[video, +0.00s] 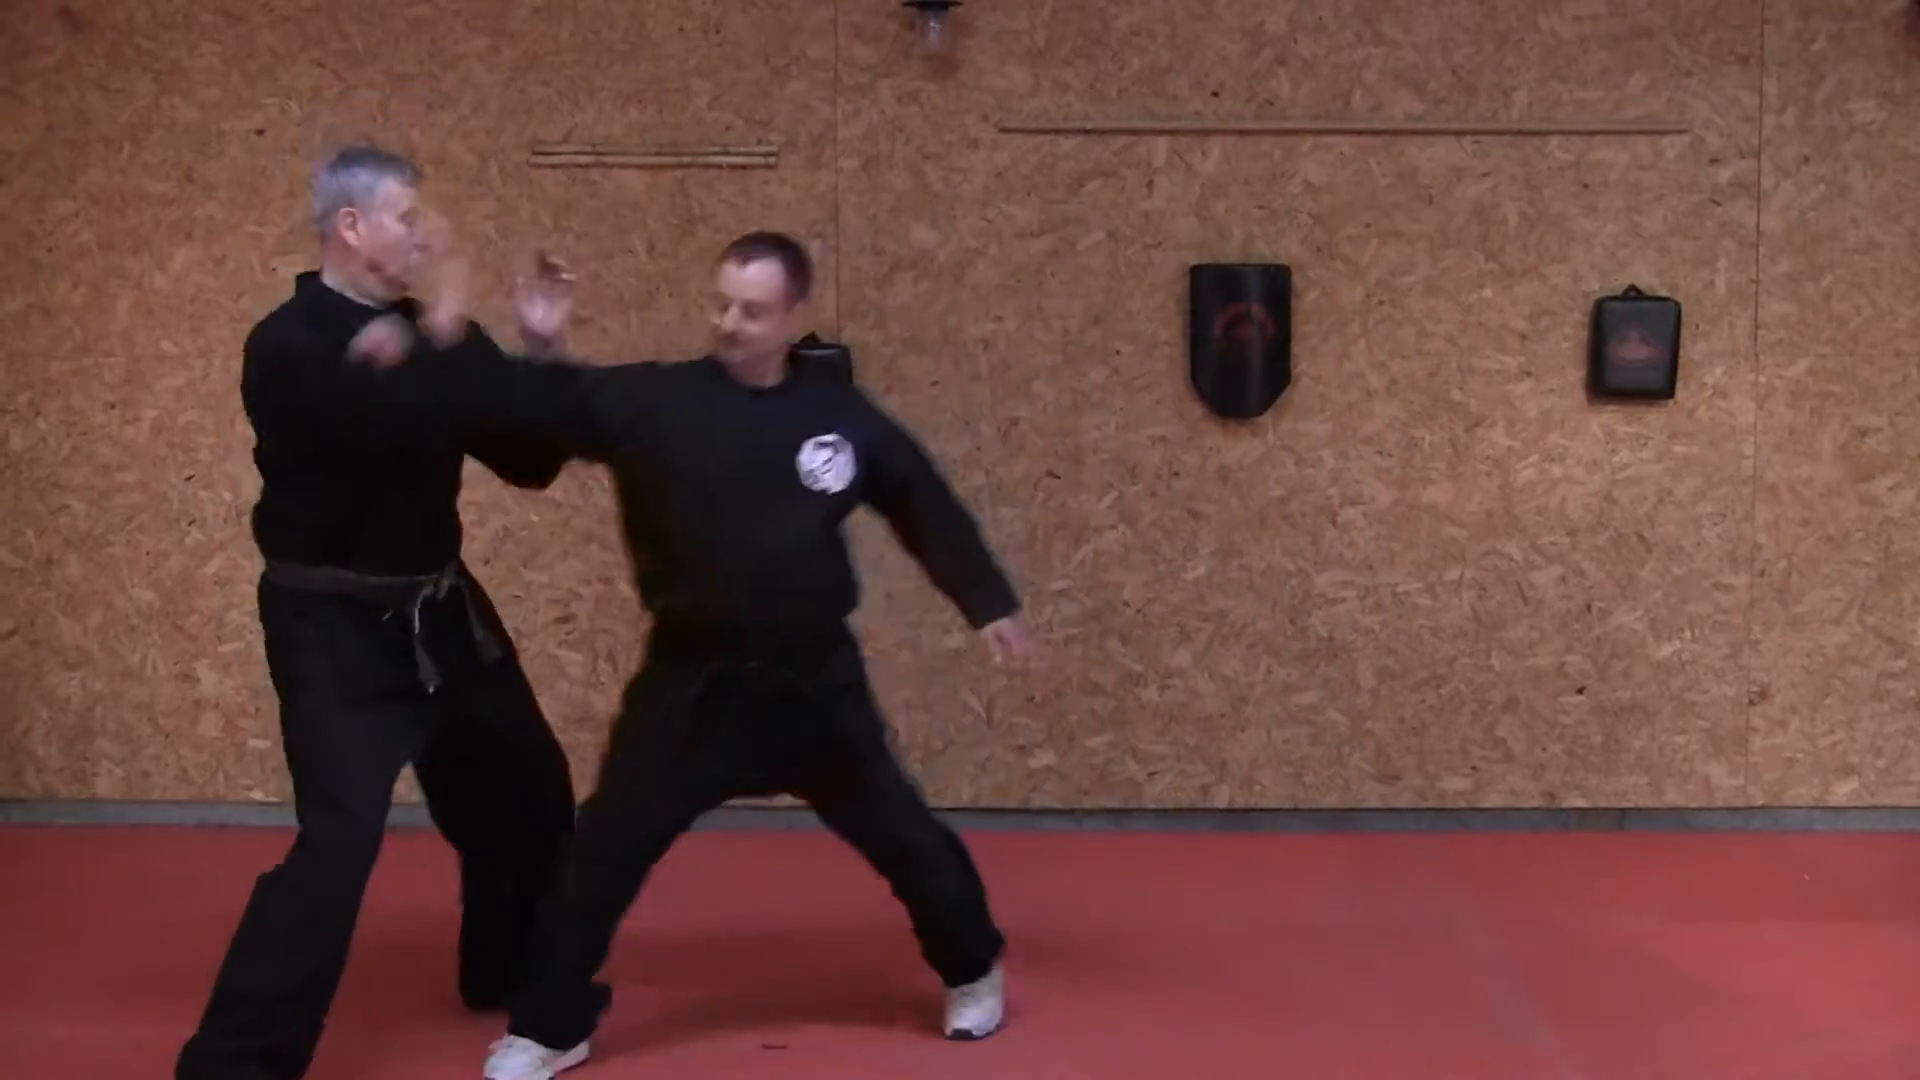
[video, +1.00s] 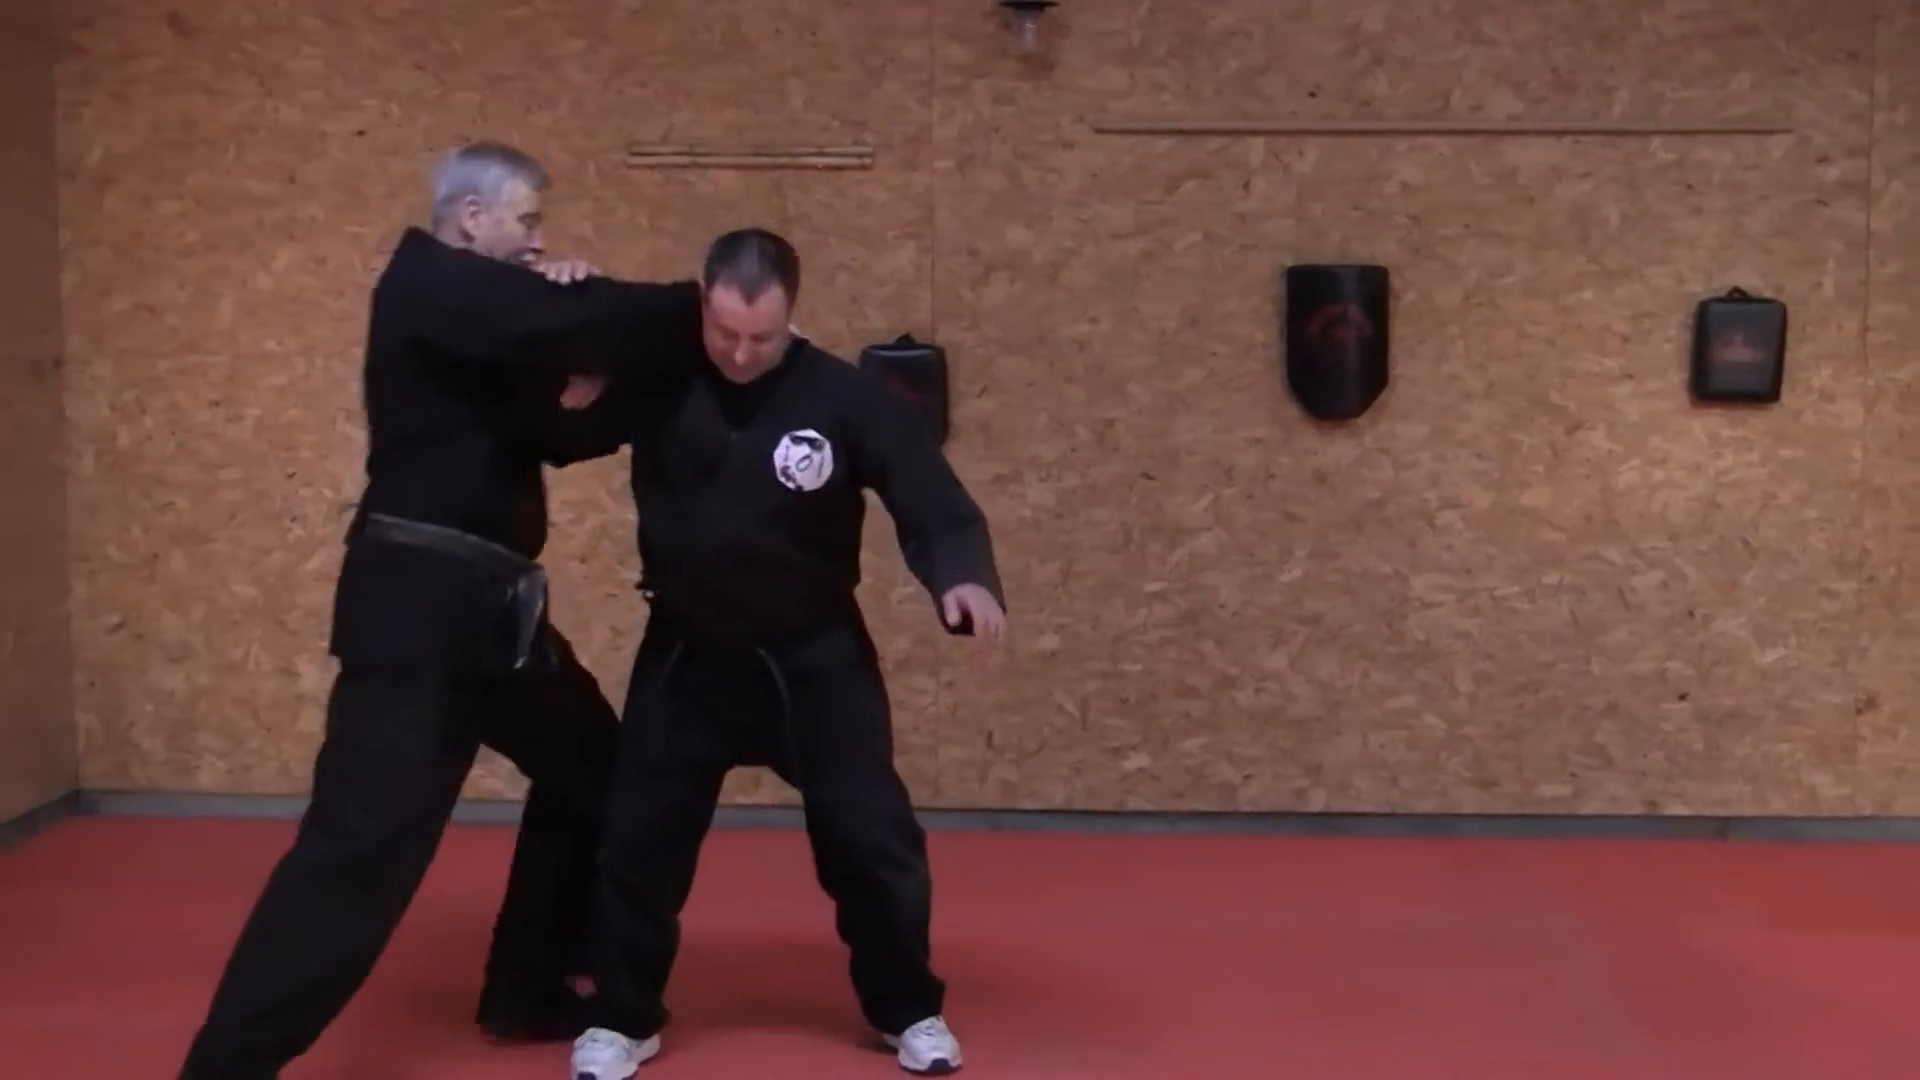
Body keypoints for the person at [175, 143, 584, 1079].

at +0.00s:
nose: (424, 236)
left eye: (422, 218)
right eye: (406, 219)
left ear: (372, 229)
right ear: (351, 228)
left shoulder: (431, 337)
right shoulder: (286, 346)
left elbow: (528, 462)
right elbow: (382, 420)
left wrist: (540, 352)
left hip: (441, 606)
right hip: (331, 617)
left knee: (527, 793)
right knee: (340, 838)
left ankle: (506, 974)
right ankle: (232, 1064)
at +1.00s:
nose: (538, 237)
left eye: (538, 222)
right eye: (525, 220)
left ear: (472, 219)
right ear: (466, 217)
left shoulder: (491, 302)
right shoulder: (432, 280)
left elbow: (560, 431)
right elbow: (567, 319)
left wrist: (588, 315)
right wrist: (699, 303)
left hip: (489, 607)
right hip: (419, 602)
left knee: (590, 762)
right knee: (358, 848)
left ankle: (528, 992)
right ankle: (230, 1061)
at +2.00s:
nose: (783, 303)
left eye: (790, 285)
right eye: (779, 280)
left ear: (727, 263)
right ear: (728, 257)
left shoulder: (690, 340)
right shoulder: (664, 322)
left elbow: (692, 528)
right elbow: (700, 468)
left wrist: (800, 498)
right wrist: (826, 461)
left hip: (628, 608)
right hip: (554, 606)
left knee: (719, 785)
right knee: (586, 843)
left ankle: (750, 977)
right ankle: (482, 1057)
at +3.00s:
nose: (788, 325)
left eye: (800, 305)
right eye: (767, 305)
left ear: (812, 299)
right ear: (715, 292)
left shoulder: (825, 374)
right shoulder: (651, 382)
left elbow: (886, 479)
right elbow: (676, 562)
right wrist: (814, 560)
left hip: (754, 596)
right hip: (630, 602)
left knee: (798, 780)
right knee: (629, 800)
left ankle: (795, 973)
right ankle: (558, 1029)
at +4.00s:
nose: (768, 212)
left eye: (786, 201)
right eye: (749, 195)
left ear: (807, 224)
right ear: (711, 216)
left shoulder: (813, 310)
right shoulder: (661, 305)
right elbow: (696, 419)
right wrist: (796, 317)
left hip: (747, 581)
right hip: (629, 579)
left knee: (789, 786)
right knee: (593, 805)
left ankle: (774, 976)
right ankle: (536, 1036)